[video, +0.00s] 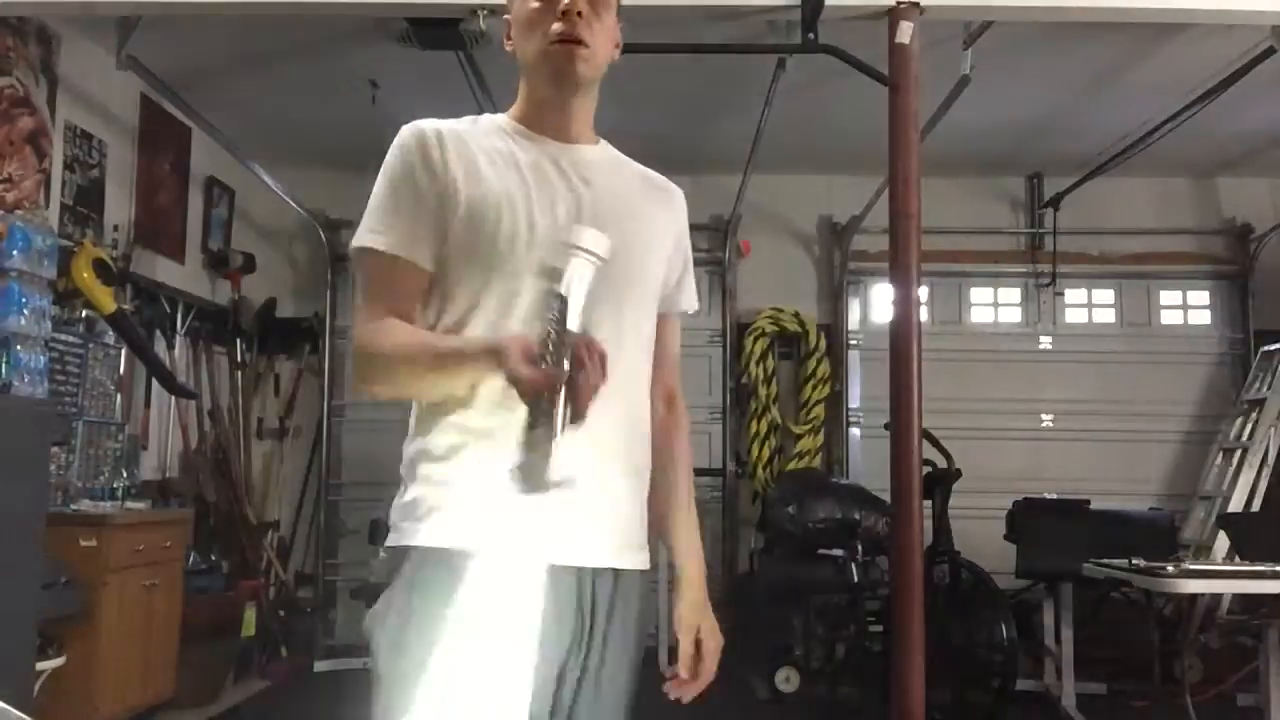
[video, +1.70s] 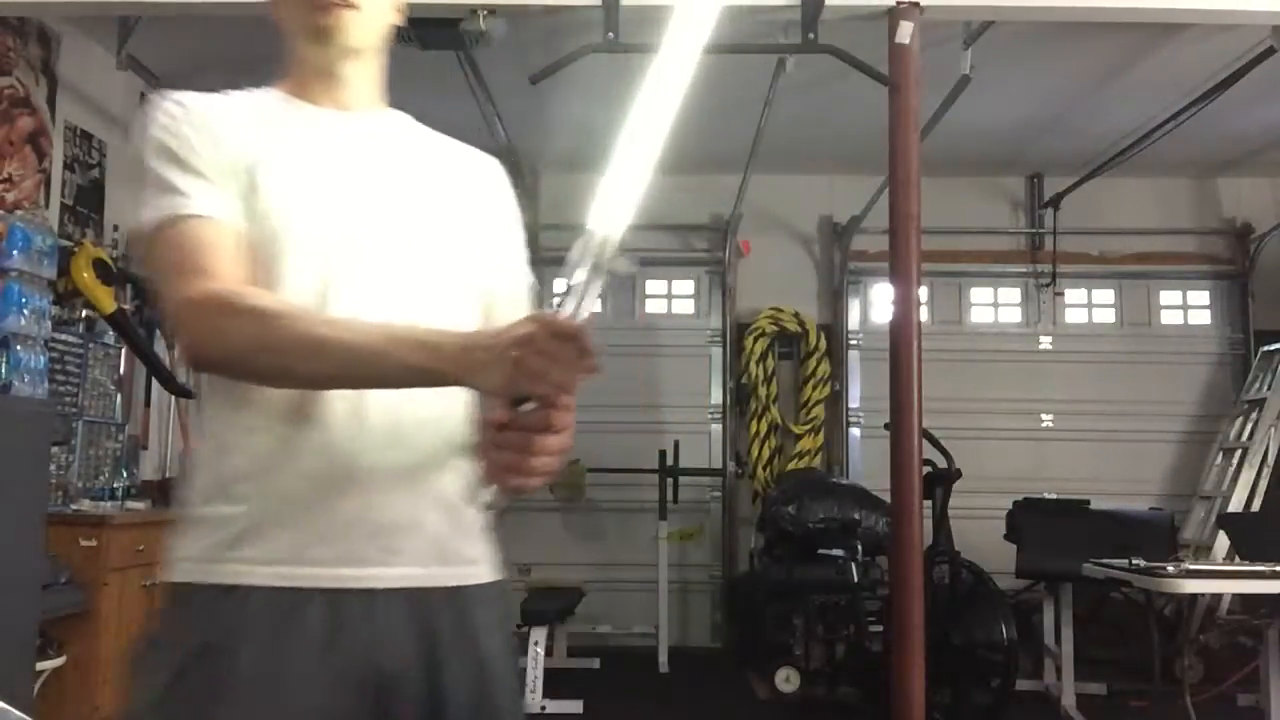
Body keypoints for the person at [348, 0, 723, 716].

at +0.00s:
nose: (571, 10)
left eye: (593, 1)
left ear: (618, 40)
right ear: (508, 30)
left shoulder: (660, 202)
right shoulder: (435, 151)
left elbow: (664, 403)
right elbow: (372, 355)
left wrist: (692, 581)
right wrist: (497, 355)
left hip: (614, 571)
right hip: (464, 561)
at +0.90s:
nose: (565, 15)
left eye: (588, 6)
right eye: (541, 4)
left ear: (613, 51)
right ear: (507, 41)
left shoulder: (656, 206)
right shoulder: (436, 158)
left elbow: (664, 386)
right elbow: (360, 335)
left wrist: (654, 483)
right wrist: (520, 388)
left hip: (606, 567)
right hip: (462, 558)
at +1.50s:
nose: (444, 5)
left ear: (502, 29)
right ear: (384, 25)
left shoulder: (574, 187)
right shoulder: (323, 150)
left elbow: (611, 354)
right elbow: (312, 326)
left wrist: (617, 405)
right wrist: (542, 338)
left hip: (548, 576)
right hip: (376, 572)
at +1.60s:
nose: (398, 1)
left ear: (459, 18)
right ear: (333, 15)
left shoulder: (532, 185)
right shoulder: (267, 142)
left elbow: (571, 366)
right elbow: (269, 325)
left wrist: (583, 417)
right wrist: (509, 345)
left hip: (510, 590)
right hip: (328, 588)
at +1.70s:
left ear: (402, 10)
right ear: (273, 6)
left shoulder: (479, 179)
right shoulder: (197, 122)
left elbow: (504, 393)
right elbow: (206, 323)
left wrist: (533, 436)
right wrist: (467, 356)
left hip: (453, 603)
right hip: (253, 602)